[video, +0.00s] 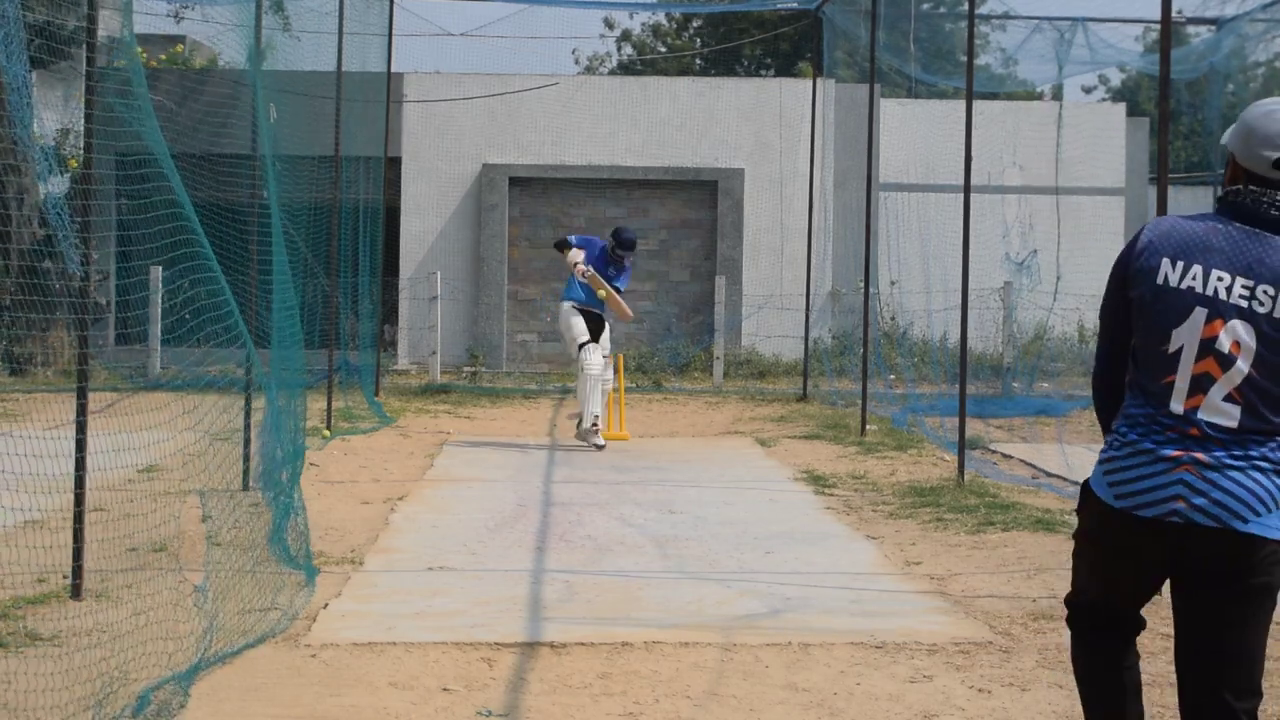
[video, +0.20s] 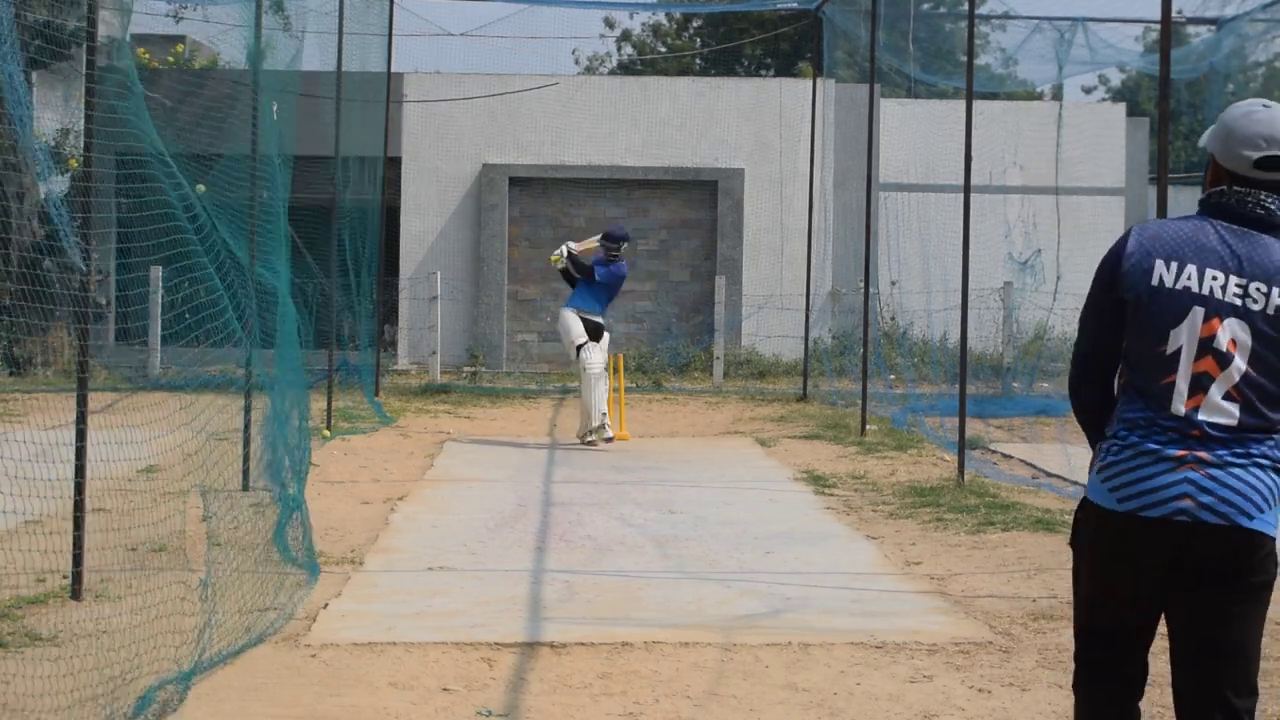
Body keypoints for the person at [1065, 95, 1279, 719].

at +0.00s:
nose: (1231, 170)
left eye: (1232, 162)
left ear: (1231, 169)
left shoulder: (1157, 240)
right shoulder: (1277, 264)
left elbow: (1109, 377)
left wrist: (1136, 456)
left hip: (1130, 501)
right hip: (1246, 519)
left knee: (1101, 621)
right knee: (1224, 700)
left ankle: (1116, 716)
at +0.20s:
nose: (1204, 172)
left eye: (1208, 164)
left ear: (1213, 170)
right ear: (1279, 185)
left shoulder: (1141, 246)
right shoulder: (1277, 265)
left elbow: (1087, 385)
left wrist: (1131, 458)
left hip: (1125, 508)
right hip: (1242, 519)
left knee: (1105, 689)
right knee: (1221, 699)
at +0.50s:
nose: (1148, 195)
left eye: (1151, 181)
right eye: (1149, 182)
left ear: (1172, 178)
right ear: (1227, 181)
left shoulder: (1128, 248)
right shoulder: (1272, 267)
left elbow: (1073, 378)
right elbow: (1273, 398)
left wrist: (1122, 440)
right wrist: (1233, 446)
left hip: (1128, 512)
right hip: (1237, 516)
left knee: (1080, 698)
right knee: (1212, 701)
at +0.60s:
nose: (1114, 214)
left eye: (1116, 199)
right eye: (1112, 201)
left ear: (1139, 187)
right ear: (1190, 187)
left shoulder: (1114, 251)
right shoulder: (1254, 273)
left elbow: (1066, 386)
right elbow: (1252, 401)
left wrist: (1114, 457)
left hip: (1127, 512)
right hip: (1230, 517)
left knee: (1056, 696)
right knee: (1201, 701)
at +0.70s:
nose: (1089, 226)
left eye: (1089, 210)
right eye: (1085, 214)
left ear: (1113, 193)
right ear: (1167, 193)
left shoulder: (1097, 254)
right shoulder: (1235, 276)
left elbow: (1056, 397)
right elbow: (1238, 406)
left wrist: (1093, 477)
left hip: (1120, 510)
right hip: (1222, 516)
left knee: (1041, 696)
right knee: (1196, 701)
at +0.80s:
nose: (1045, 243)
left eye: (1045, 227)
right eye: (1041, 231)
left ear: (1067, 203)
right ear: (1123, 205)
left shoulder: (1057, 263)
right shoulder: (1197, 277)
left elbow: (1028, 399)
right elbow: (1216, 410)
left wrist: (1009, 502)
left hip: (1101, 515)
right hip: (1205, 520)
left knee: (1014, 699)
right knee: (1181, 703)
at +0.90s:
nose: (1007, 261)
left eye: (1006, 246)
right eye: (1002, 250)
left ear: (1028, 220)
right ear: (1084, 217)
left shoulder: (1019, 280)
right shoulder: (1159, 281)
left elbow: (989, 416)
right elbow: (1193, 409)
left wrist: (954, 536)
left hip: (1082, 523)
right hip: (1187, 524)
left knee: (994, 705)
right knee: (1173, 707)